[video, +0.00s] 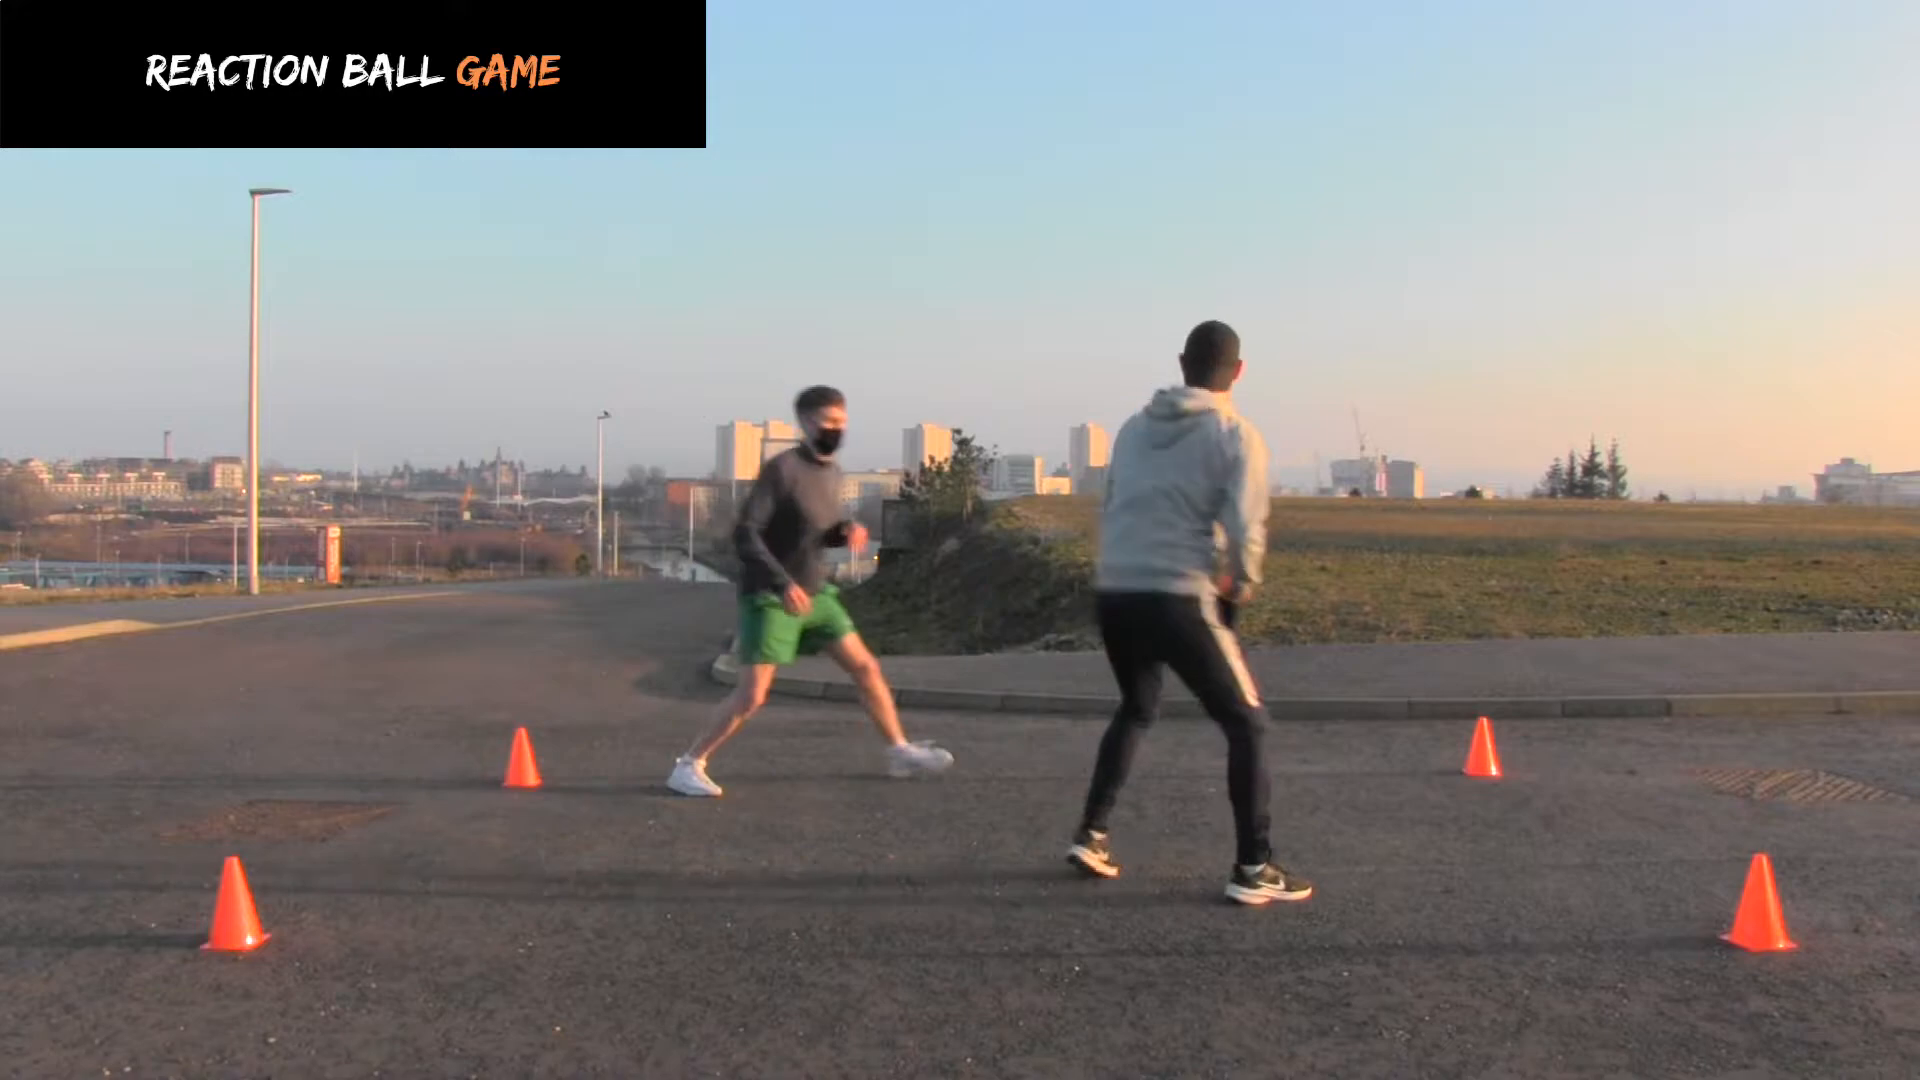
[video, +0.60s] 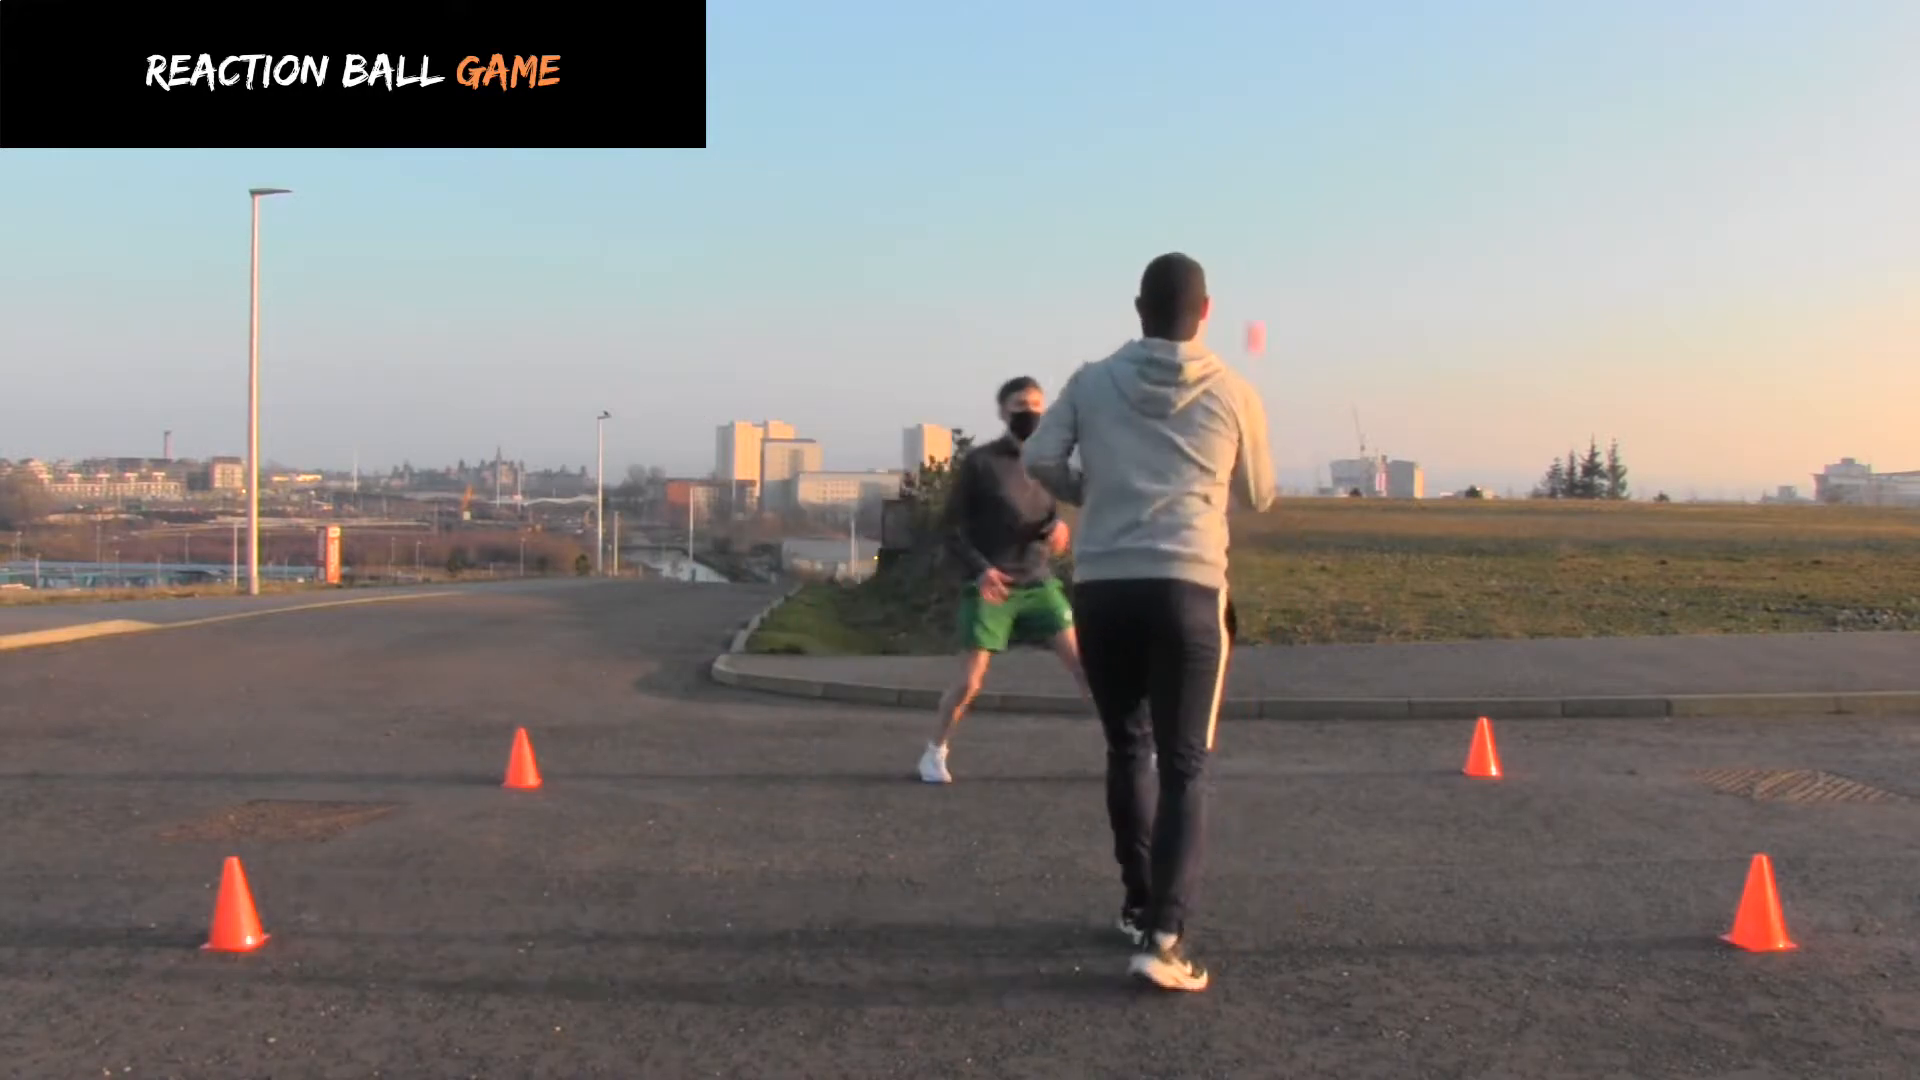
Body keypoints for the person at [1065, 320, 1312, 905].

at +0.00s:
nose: (1240, 375)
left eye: (1233, 364)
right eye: (1240, 366)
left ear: (1182, 364)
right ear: (1235, 371)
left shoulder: (1134, 428)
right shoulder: (1235, 434)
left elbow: (1112, 507)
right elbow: (1243, 524)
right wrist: (1243, 583)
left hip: (1114, 595)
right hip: (1180, 599)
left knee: (1136, 707)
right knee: (1246, 722)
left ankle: (1090, 834)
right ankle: (1253, 866)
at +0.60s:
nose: (1199, 316)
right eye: (1204, 305)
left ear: (1139, 309)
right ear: (1204, 311)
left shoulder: (1091, 381)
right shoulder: (1232, 388)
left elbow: (1042, 462)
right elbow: (1257, 495)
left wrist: (1094, 499)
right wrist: (1196, 481)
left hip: (1103, 591)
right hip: (1188, 594)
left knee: (1127, 747)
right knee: (1186, 762)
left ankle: (1140, 908)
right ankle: (1165, 941)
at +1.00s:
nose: (1126, 289)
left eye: (1110, 278)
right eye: (1124, 278)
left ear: (1052, 287)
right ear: (1117, 284)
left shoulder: (1010, 372)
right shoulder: (1150, 367)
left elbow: (980, 471)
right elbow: (1188, 478)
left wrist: (1048, 463)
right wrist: (1178, 572)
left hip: (1025, 590)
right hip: (1111, 590)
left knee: (1034, 772)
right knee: (1150, 767)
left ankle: (1019, 961)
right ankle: (1151, 950)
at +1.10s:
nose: (1093, 308)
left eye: (1075, 298)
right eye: (1091, 298)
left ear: (1018, 306)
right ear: (1085, 304)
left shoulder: (980, 398)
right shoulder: (1114, 390)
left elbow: (944, 499)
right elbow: (1158, 505)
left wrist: (1004, 516)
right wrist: (1160, 596)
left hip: (994, 622)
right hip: (1079, 625)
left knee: (1025, 786)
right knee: (1131, 781)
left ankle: (1015, 978)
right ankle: (1078, 954)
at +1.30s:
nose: (1048, 282)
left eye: (1007, 269)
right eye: (1050, 270)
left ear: (976, 274)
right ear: (1048, 274)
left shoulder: (934, 362)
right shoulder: (1083, 355)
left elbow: (891, 457)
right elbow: (1126, 471)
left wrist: (958, 497)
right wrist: (1094, 548)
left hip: (955, 594)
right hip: (1043, 597)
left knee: (988, 775)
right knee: (1026, 783)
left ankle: (996, 957)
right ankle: (956, 974)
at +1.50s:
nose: (1026, 308)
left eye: (1018, 295)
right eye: (1025, 297)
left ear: (945, 299)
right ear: (1016, 303)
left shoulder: (894, 397)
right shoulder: (1031, 393)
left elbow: (860, 506)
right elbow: (1078, 527)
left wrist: (933, 524)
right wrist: (1058, 601)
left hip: (902, 631)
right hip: (990, 634)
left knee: (943, 776)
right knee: (997, 822)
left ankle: (906, 947)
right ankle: (934, 1017)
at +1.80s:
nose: (958, 292)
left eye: (954, 277)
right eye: (956, 279)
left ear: (883, 280)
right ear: (939, 283)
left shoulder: (832, 371)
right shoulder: (946, 364)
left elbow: (786, 490)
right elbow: (970, 481)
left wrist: (861, 516)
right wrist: (980, 581)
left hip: (821, 601)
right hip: (896, 605)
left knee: (838, 790)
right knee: (941, 795)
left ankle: (800, 984)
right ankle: (871, 990)